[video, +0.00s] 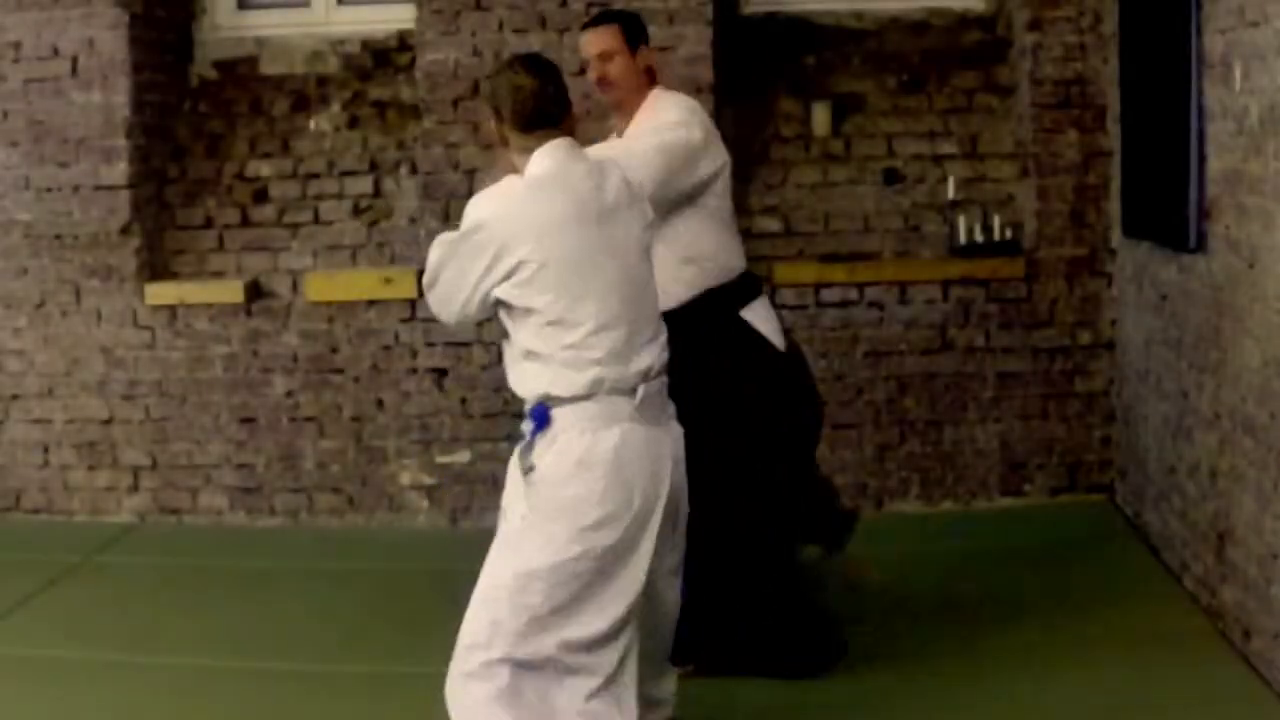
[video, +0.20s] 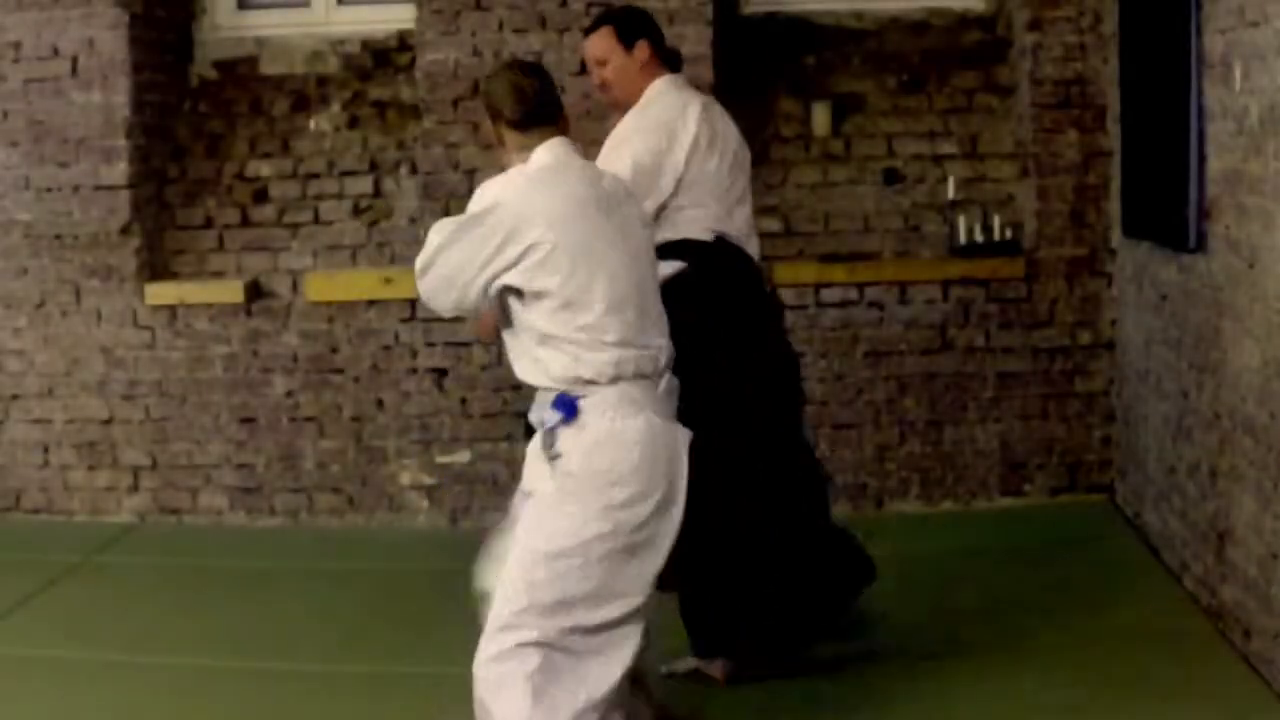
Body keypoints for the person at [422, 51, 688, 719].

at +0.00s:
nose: (482, 128)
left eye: (483, 117)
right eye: (486, 116)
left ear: (494, 126)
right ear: (569, 114)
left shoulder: (504, 210)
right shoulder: (618, 182)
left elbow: (449, 299)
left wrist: (459, 234)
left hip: (579, 453)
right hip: (658, 441)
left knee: (486, 670)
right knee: (611, 663)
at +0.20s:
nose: (481, 136)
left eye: (481, 124)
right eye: (484, 124)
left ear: (492, 128)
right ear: (561, 116)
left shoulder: (517, 199)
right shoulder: (614, 191)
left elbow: (438, 286)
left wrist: (488, 204)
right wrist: (502, 304)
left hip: (592, 444)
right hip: (655, 432)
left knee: (516, 642)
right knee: (593, 636)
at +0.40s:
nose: (530, 185)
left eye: (533, 173)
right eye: (530, 173)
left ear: (553, 176)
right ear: (609, 171)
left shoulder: (551, 264)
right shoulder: (647, 265)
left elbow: (437, 270)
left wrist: (498, 233)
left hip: (525, 505)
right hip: (585, 497)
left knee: (470, 688)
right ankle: (603, 698)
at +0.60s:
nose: (543, 235)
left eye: (548, 225)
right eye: (547, 224)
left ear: (566, 238)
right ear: (617, 238)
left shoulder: (544, 316)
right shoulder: (634, 311)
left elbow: (454, 274)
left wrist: (528, 263)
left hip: (490, 521)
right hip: (556, 516)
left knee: (445, 680)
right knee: (495, 668)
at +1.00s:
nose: (457, 261)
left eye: (459, 251)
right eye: (457, 252)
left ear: (475, 252)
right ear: (521, 243)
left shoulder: (486, 305)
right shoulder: (559, 313)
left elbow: (401, 327)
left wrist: (458, 287)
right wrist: (484, 286)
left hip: (482, 510)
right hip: (539, 504)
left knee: (472, 666)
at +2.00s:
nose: (405, 300)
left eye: (407, 287)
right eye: (404, 290)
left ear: (427, 274)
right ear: (462, 262)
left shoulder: (439, 304)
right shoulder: (513, 309)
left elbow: (369, 389)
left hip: (462, 483)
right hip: (517, 479)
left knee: (456, 643)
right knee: (503, 643)